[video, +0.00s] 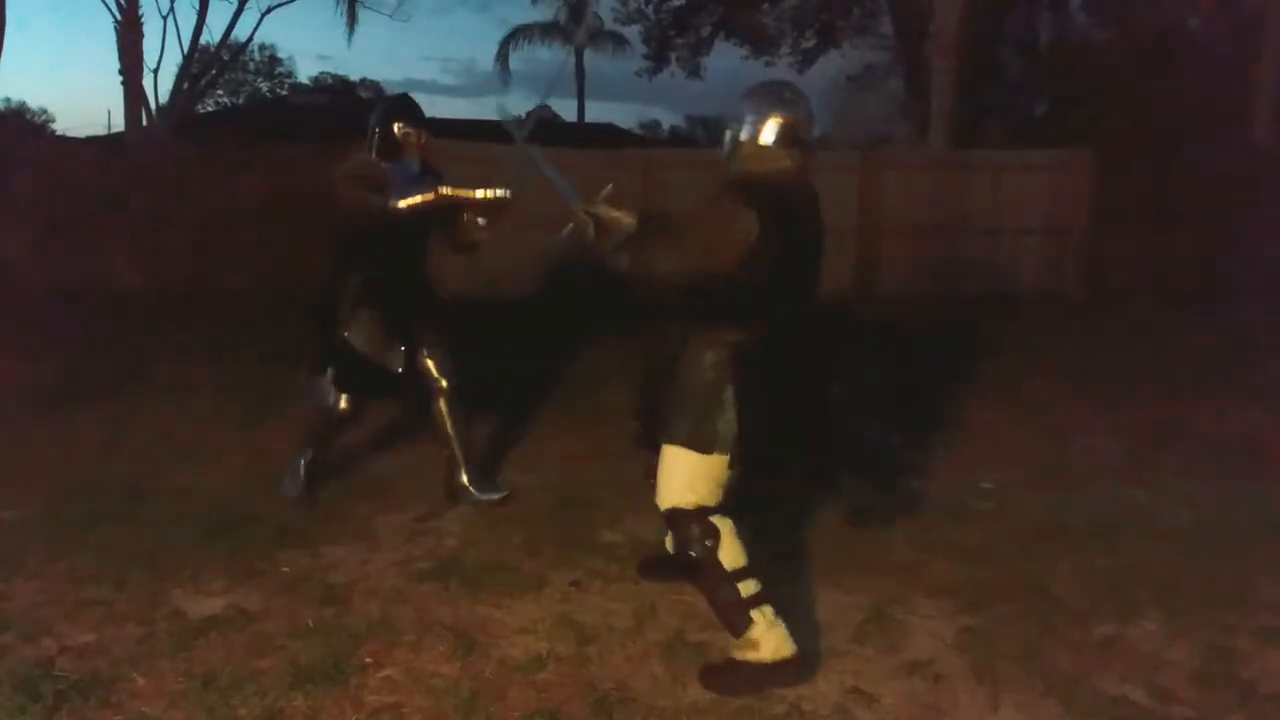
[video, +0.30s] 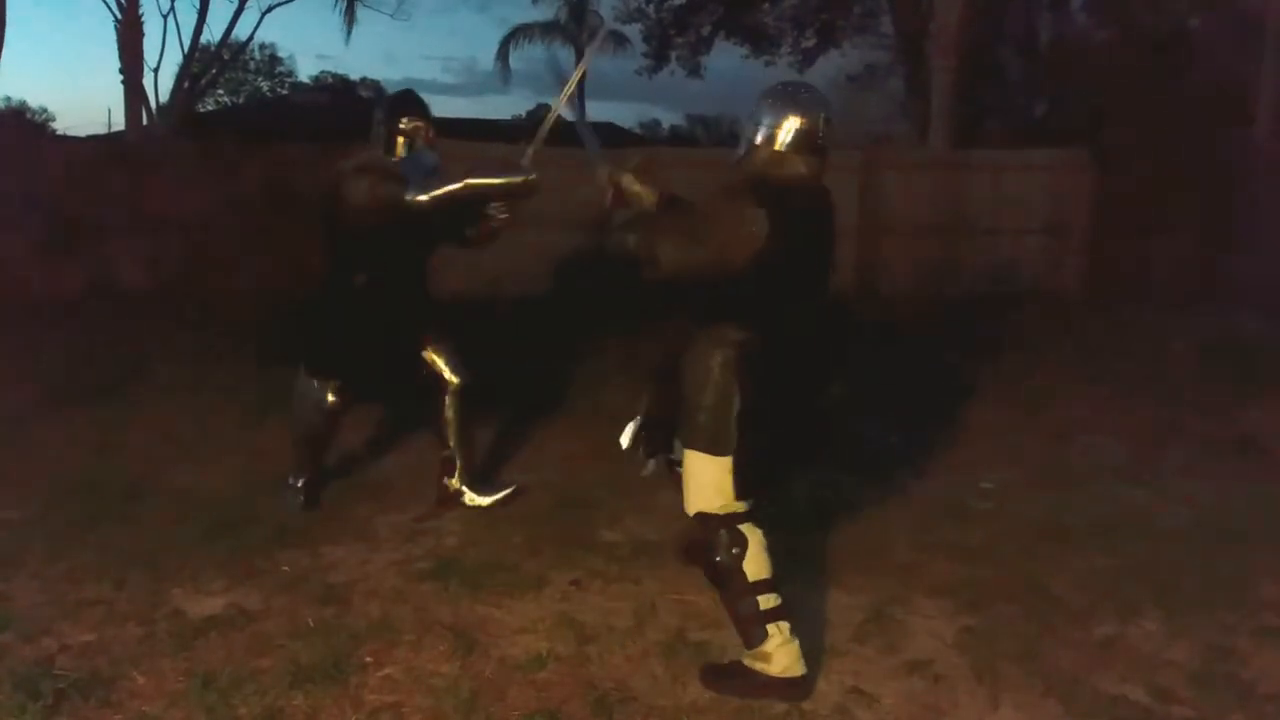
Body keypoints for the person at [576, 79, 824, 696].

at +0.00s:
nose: (729, 139)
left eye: (738, 128)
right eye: (735, 127)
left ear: (755, 133)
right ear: (791, 134)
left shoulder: (753, 202)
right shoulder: (785, 196)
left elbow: (692, 263)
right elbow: (703, 240)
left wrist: (615, 247)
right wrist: (637, 226)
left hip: (728, 363)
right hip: (756, 355)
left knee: (689, 503)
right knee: (695, 456)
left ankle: (768, 645)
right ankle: (690, 551)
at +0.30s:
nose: (749, 145)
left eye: (758, 135)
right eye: (758, 136)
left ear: (771, 137)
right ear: (809, 142)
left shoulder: (776, 198)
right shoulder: (799, 195)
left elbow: (712, 252)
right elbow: (721, 235)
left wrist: (645, 214)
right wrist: (657, 205)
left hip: (744, 362)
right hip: (782, 349)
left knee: (717, 509)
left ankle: (777, 658)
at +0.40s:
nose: (740, 146)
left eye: (748, 136)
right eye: (747, 136)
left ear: (762, 139)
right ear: (801, 142)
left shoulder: (767, 202)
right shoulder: (794, 198)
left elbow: (704, 235)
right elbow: (713, 213)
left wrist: (643, 208)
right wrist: (655, 184)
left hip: (738, 366)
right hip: (766, 359)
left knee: (725, 510)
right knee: (744, 494)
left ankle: (775, 655)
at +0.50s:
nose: (736, 143)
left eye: (744, 132)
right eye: (744, 132)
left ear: (755, 134)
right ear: (789, 136)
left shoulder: (757, 193)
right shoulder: (782, 190)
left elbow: (702, 226)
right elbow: (704, 192)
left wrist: (642, 182)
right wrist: (654, 157)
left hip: (738, 343)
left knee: (737, 486)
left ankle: (767, 632)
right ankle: (725, 525)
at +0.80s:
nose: (722, 131)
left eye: (733, 122)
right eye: (728, 122)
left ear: (752, 126)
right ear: (777, 126)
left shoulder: (755, 182)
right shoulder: (777, 175)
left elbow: (694, 207)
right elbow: (693, 164)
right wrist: (639, 122)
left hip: (740, 325)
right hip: (758, 319)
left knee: (687, 446)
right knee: (726, 422)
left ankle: (716, 564)